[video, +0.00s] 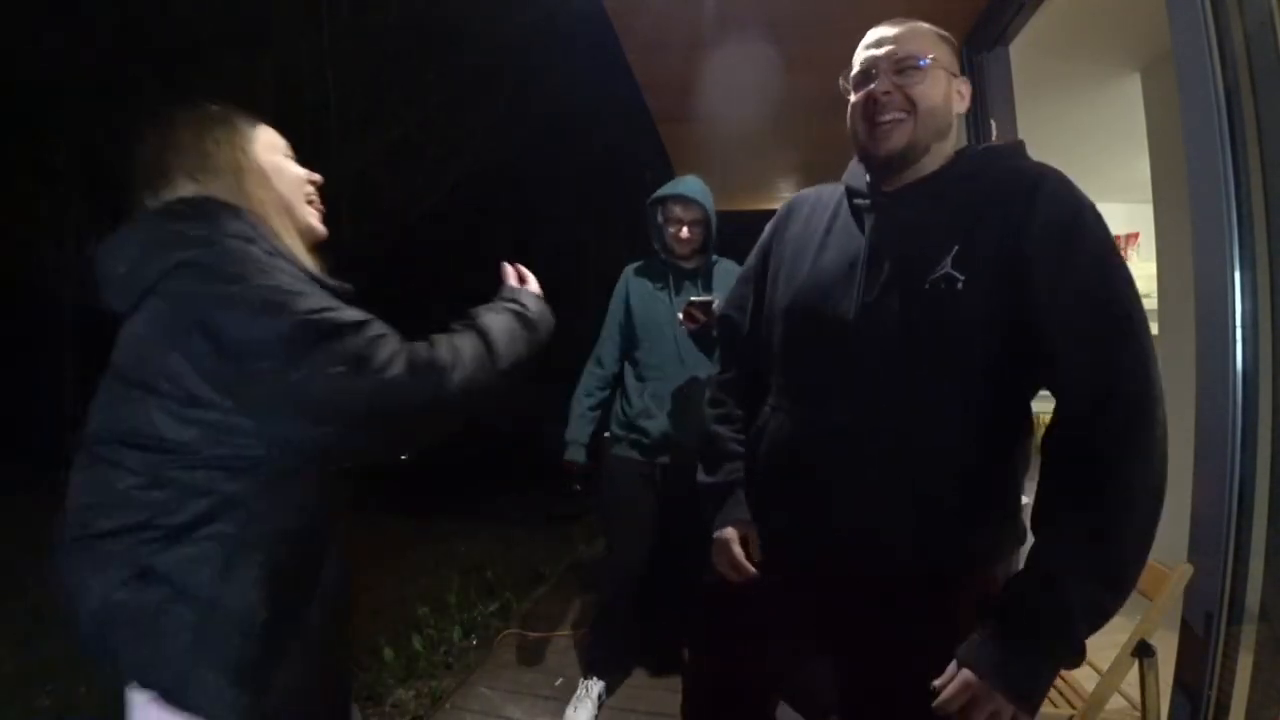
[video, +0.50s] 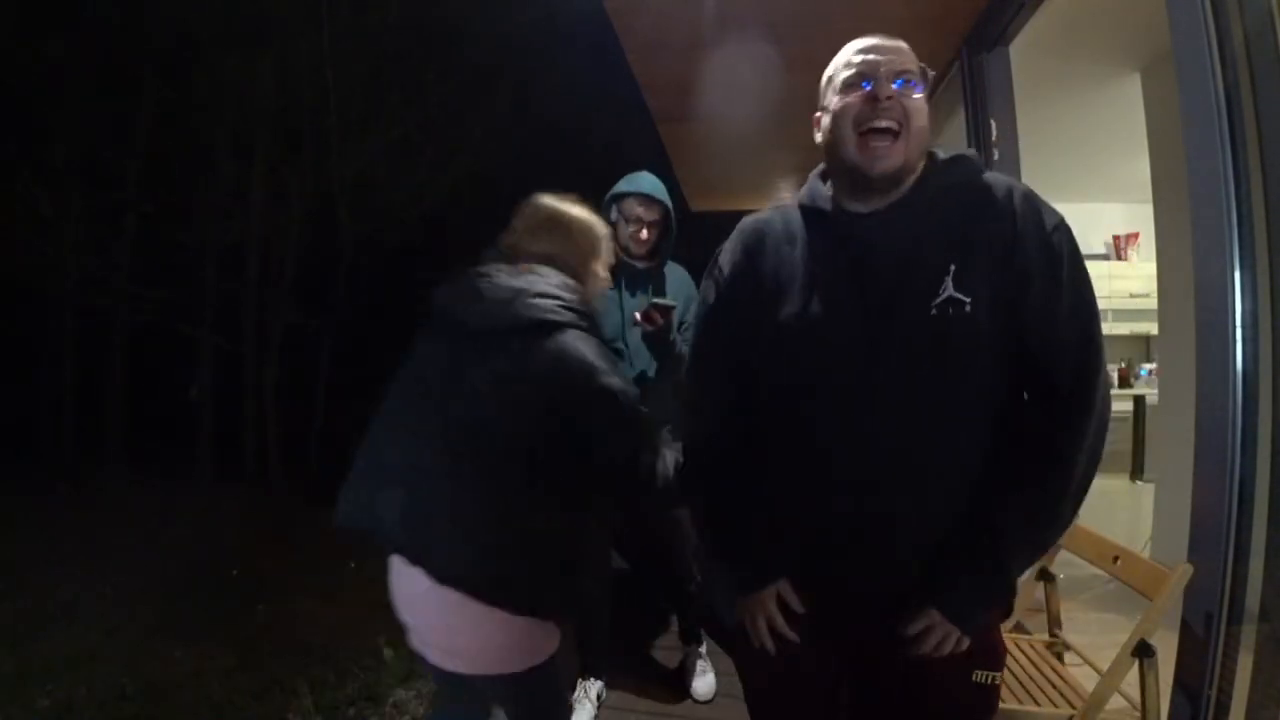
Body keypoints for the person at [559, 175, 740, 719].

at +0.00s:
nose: (681, 233)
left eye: (692, 223)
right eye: (671, 223)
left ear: (709, 226)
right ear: (657, 227)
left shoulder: (733, 280)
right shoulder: (635, 282)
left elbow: (755, 354)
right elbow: (604, 362)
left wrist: (718, 325)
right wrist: (579, 435)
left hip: (707, 451)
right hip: (636, 448)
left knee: (698, 561)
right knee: (628, 560)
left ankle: (698, 662)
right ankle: (598, 672)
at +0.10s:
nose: (674, 233)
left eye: (685, 224)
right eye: (665, 223)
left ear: (702, 227)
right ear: (648, 226)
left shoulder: (723, 281)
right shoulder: (624, 281)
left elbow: (735, 368)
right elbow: (598, 369)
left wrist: (704, 333)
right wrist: (587, 448)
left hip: (695, 455)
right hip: (628, 451)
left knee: (689, 566)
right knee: (617, 562)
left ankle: (692, 677)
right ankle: (596, 674)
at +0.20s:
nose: (666, 231)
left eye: (675, 221)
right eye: (655, 222)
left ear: (691, 225)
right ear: (638, 225)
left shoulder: (711, 280)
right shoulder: (613, 281)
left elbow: (721, 369)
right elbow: (590, 369)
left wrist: (693, 336)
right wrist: (582, 451)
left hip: (688, 454)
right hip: (620, 451)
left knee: (691, 562)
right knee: (612, 562)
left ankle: (700, 674)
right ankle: (595, 675)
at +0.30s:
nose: (657, 231)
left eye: (667, 221)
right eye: (647, 221)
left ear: (682, 225)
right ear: (629, 224)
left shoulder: (700, 281)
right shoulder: (601, 280)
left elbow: (712, 371)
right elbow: (583, 366)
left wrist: (685, 336)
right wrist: (579, 446)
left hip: (683, 448)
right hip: (615, 447)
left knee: (692, 550)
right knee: (605, 559)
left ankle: (696, 650)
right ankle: (591, 675)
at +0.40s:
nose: (649, 231)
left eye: (659, 222)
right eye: (639, 221)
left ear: (673, 226)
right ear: (620, 223)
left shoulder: (689, 281)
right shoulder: (589, 280)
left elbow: (707, 359)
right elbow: (568, 360)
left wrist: (678, 335)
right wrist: (587, 415)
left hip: (671, 435)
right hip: (602, 433)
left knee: (679, 539)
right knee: (595, 553)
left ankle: (697, 644)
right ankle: (590, 676)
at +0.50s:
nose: (642, 232)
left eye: (652, 222)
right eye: (631, 221)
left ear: (664, 227)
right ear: (613, 224)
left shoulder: (680, 282)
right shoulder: (590, 283)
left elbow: (695, 361)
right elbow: (574, 358)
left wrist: (668, 340)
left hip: (667, 429)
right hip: (601, 428)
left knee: (677, 538)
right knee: (596, 549)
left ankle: (694, 644)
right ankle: (591, 672)